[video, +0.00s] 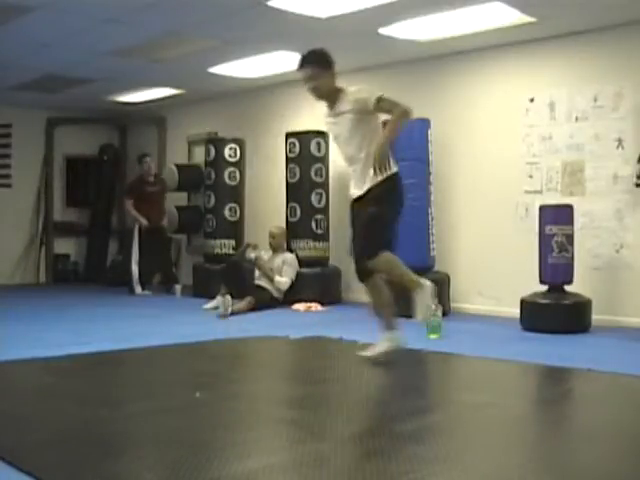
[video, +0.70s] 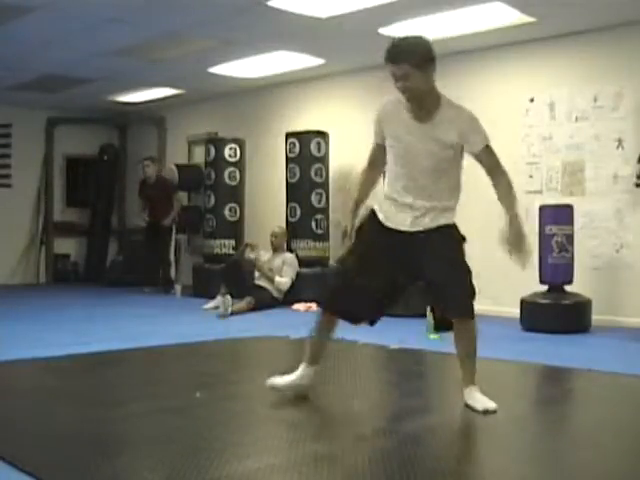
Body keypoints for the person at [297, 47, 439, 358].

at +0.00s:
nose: (310, 88)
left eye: (314, 79)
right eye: (306, 82)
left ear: (330, 73)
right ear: (305, 83)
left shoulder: (357, 99)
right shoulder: (331, 113)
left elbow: (402, 111)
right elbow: (355, 139)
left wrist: (383, 144)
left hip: (382, 185)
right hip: (359, 193)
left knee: (372, 254)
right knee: (365, 269)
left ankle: (421, 288)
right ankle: (390, 334)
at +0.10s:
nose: (327, 89)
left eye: (331, 81)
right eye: (322, 83)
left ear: (349, 75)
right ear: (321, 84)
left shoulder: (377, 104)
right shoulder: (343, 118)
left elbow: (416, 119)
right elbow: (363, 148)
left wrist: (392, 128)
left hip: (400, 188)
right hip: (373, 196)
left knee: (391, 259)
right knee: (381, 272)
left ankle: (440, 317)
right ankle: (428, 334)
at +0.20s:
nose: (343, 102)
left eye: (348, 94)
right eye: (338, 95)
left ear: (365, 89)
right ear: (335, 96)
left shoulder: (394, 118)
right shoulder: (356, 141)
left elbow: (435, 149)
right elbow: (364, 183)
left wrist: (422, 147)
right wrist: (359, 220)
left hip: (419, 211)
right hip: (390, 218)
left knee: (426, 281)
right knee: (400, 294)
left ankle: (453, 353)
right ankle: (440, 349)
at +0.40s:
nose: (376, 85)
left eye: (381, 76)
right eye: (371, 79)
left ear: (400, 72)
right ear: (368, 80)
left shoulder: (433, 107)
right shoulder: (374, 120)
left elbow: (471, 133)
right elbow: (367, 165)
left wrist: (492, 175)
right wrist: (350, 173)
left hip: (430, 212)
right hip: (393, 218)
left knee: (444, 291)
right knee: (407, 301)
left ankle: (460, 369)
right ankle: (438, 343)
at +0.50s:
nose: (394, 79)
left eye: (400, 71)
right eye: (388, 72)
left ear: (420, 66)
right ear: (384, 73)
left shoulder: (452, 111)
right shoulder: (384, 113)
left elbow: (490, 151)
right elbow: (366, 158)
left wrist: (520, 191)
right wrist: (347, 175)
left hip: (437, 219)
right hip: (391, 221)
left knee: (452, 297)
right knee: (372, 291)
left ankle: (468, 383)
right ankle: (403, 333)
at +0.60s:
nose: (402, 85)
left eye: (408, 77)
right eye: (397, 78)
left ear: (431, 74)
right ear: (393, 78)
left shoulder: (462, 125)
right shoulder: (391, 116)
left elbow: (499, 176)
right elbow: (374, 167)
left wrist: (531, 224)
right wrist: (348, 210)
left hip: (442, 232)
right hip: (391, 229)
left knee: (463, 303)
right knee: (352, 295)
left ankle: (470, 386)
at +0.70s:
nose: (398, 86)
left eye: (404, 77)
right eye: (394, 78)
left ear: (429, 72)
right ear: (392, 76)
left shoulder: (460, 120)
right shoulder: (389, 113)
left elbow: (495, 171)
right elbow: (375, 164)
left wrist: (513, 218)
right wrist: (354, 210)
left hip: (437, 230)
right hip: (386, 225)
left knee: (461, 302)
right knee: (338, 291)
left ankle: (470, 387)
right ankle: (307, 371)